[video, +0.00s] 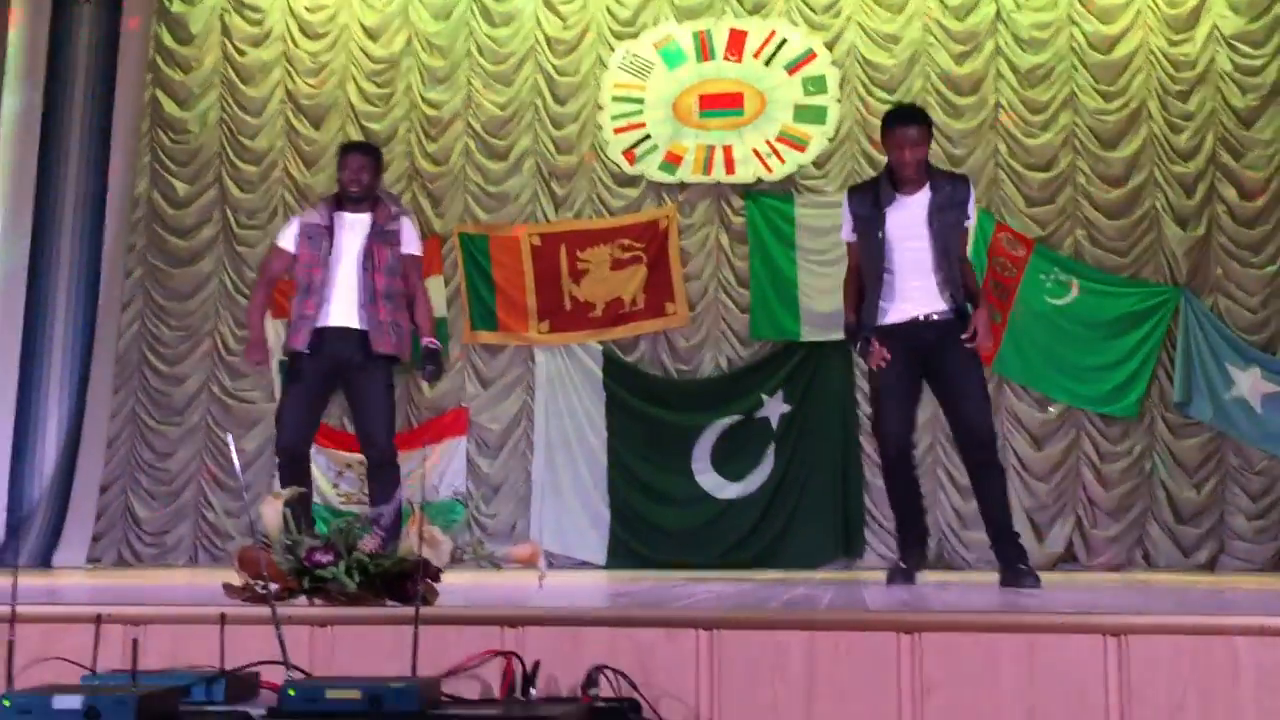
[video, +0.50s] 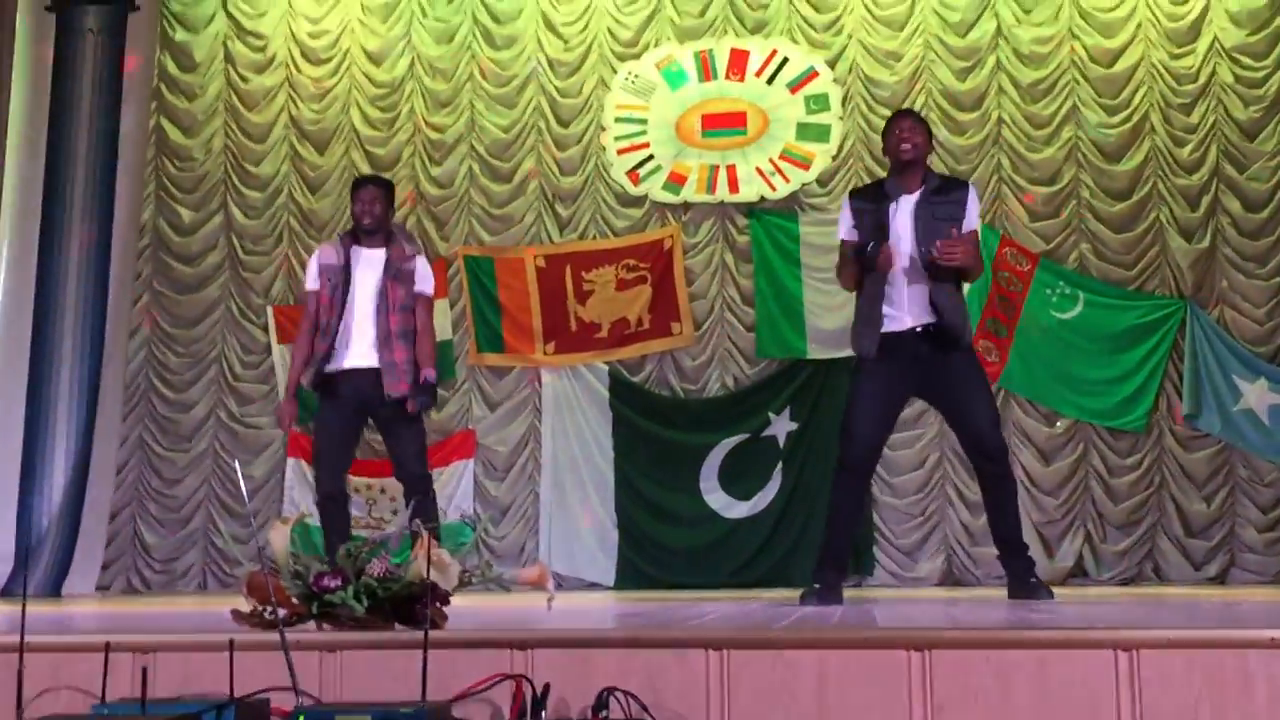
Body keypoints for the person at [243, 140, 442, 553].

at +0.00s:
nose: (355, 177)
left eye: (364, 171)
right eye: (348, 169)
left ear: (378, 176)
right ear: (337, 174)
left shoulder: (398, 224)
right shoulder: (309, 221)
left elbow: (416, 287)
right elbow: (267, 277)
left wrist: (428, 340)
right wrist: (255, 333)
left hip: (371, 350)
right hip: (313, 349)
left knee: (380, 451)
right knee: (290, 447)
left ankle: (386, 551)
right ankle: (302, 547)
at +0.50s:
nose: (367, 209)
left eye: (375, 202)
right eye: (361, 202)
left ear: (390, 208)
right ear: (350, 208)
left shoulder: (412, 261)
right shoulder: (326, 257)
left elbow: (423, 326)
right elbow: (307, 329)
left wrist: (428, 377)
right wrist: (290, 392)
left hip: (395, 385)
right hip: (340, 386)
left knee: (415, 478)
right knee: (328, 483)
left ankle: (431, 568)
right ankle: (338, 572)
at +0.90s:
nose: (336, 212)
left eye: (344, 205)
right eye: (329, 205)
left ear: (359, 213)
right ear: (320, 212)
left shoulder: (379, 261)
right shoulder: (298, 261)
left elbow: (429, 314)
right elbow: (256, 316)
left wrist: (476, 300)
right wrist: (229, 296)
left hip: (368, 389)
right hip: (315, 392)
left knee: (389, 484)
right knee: (315, 490)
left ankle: (408, 573)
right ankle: (313, 580)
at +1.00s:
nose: (339, 203)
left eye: (347, 196)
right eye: (332, 196)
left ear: (361, 204)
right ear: (322, 201)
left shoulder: (383, 252)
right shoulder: (296, 251)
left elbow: (416, 308)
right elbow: (289, 309)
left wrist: (441, 297)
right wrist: (245, 291)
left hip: (367, 375)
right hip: (312, 376)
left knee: (382, 469)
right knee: (309, 473)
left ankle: (396, 559)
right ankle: (303, 562)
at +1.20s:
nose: (367, 188)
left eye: (376, 182)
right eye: (361, 181)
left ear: (391, 188)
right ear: (353, 187)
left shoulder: (415, 238)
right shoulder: (331, 237)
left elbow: (399, 286)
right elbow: (336, 300)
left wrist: (337, 285)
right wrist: (397, 314)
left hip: (391, 358)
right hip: (339, 355)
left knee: (400, 453)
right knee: (312, 451)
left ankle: (405, 542)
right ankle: (310, 542)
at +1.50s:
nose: (422, 182)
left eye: (430, 175)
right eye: (416, 175)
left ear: (447, 183)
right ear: (407, 182)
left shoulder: (470, 233)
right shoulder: (388, 232)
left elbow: (492, 284)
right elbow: (338, 276)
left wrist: (473, 309)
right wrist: (336, 248)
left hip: (444, 355)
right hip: (392, 352)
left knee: (453, 451)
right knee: (369, 449)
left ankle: (456, 539)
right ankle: (350, 539)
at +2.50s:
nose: (457, 116)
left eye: (466, 108)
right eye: (450, 108)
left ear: (480, 113)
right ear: (440, 113)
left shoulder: (505, 168)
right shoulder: (417, 163)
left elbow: (516, 238)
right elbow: (376, 223)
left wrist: (486, 284)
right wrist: (333, 271)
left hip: (477, 290)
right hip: (423, 290)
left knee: (487, 390)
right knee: (410, 392)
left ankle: (493, 493)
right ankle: (401, 492)